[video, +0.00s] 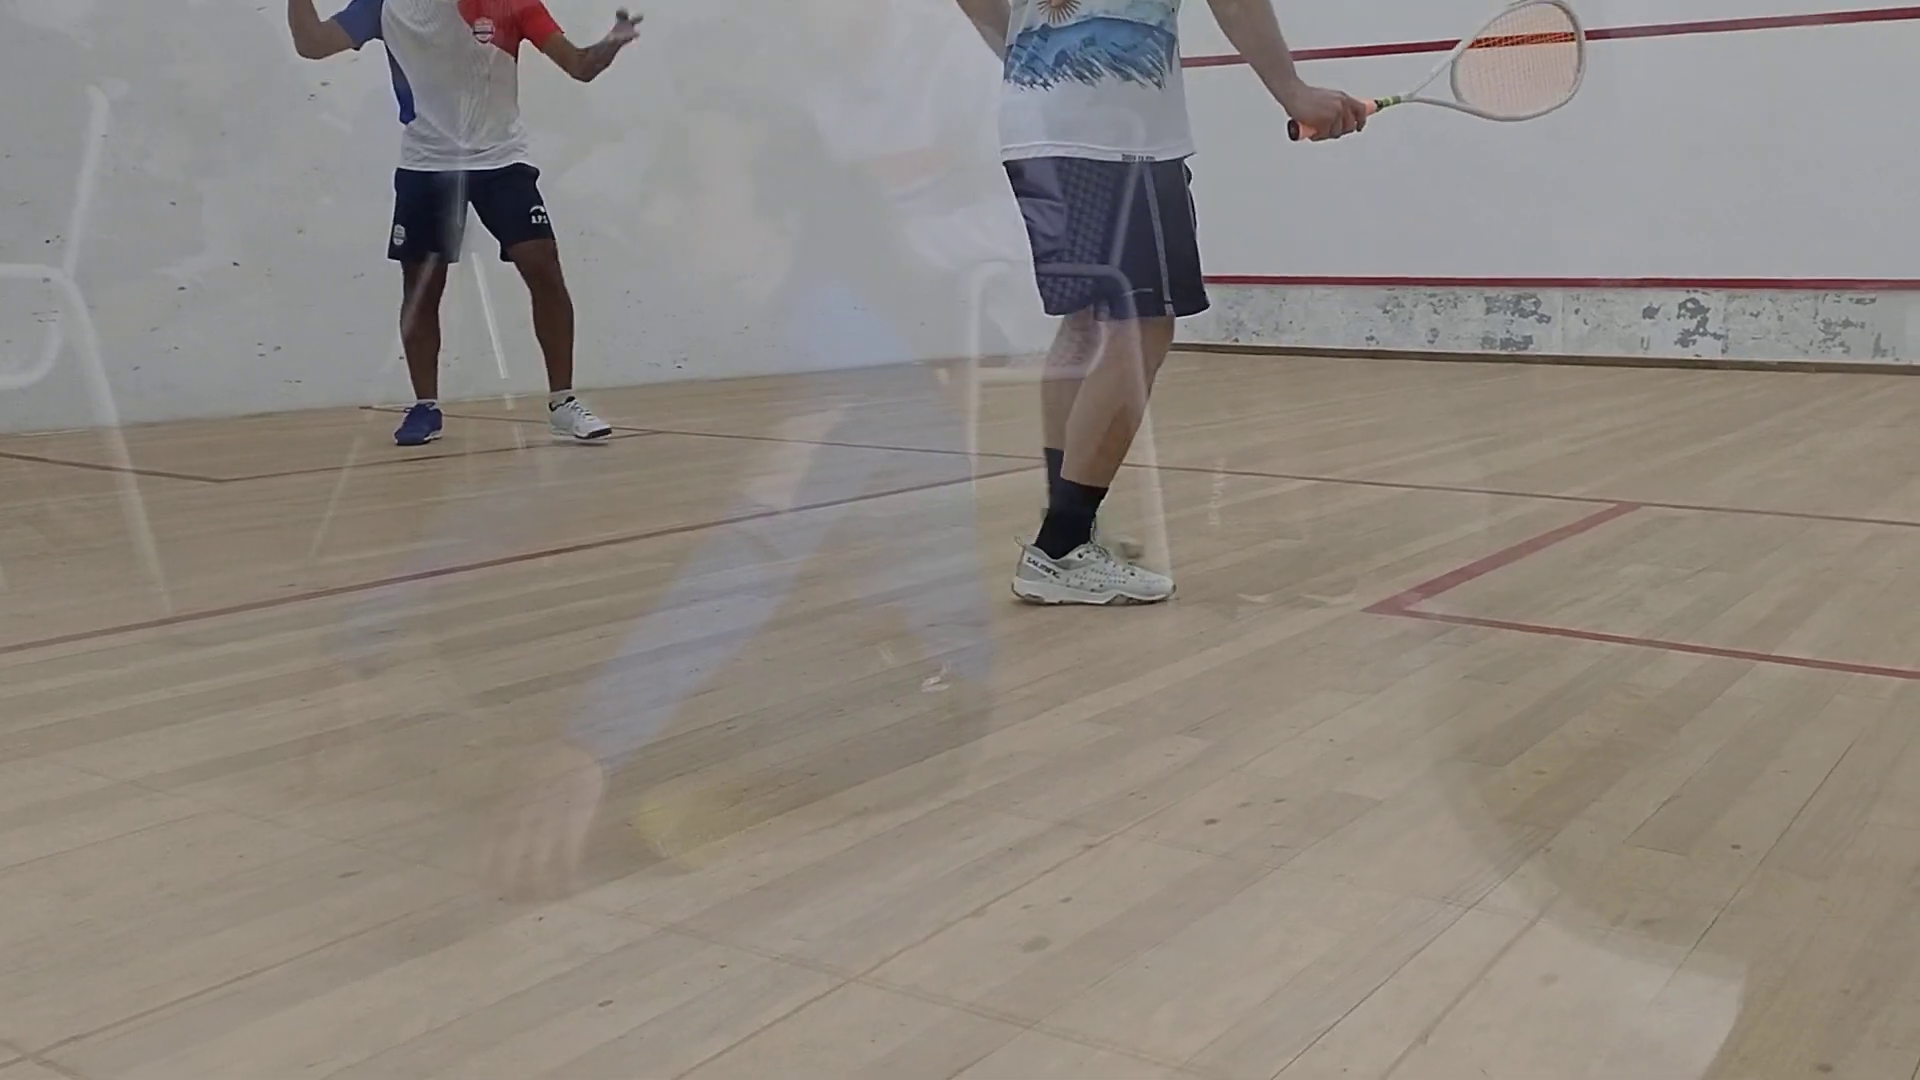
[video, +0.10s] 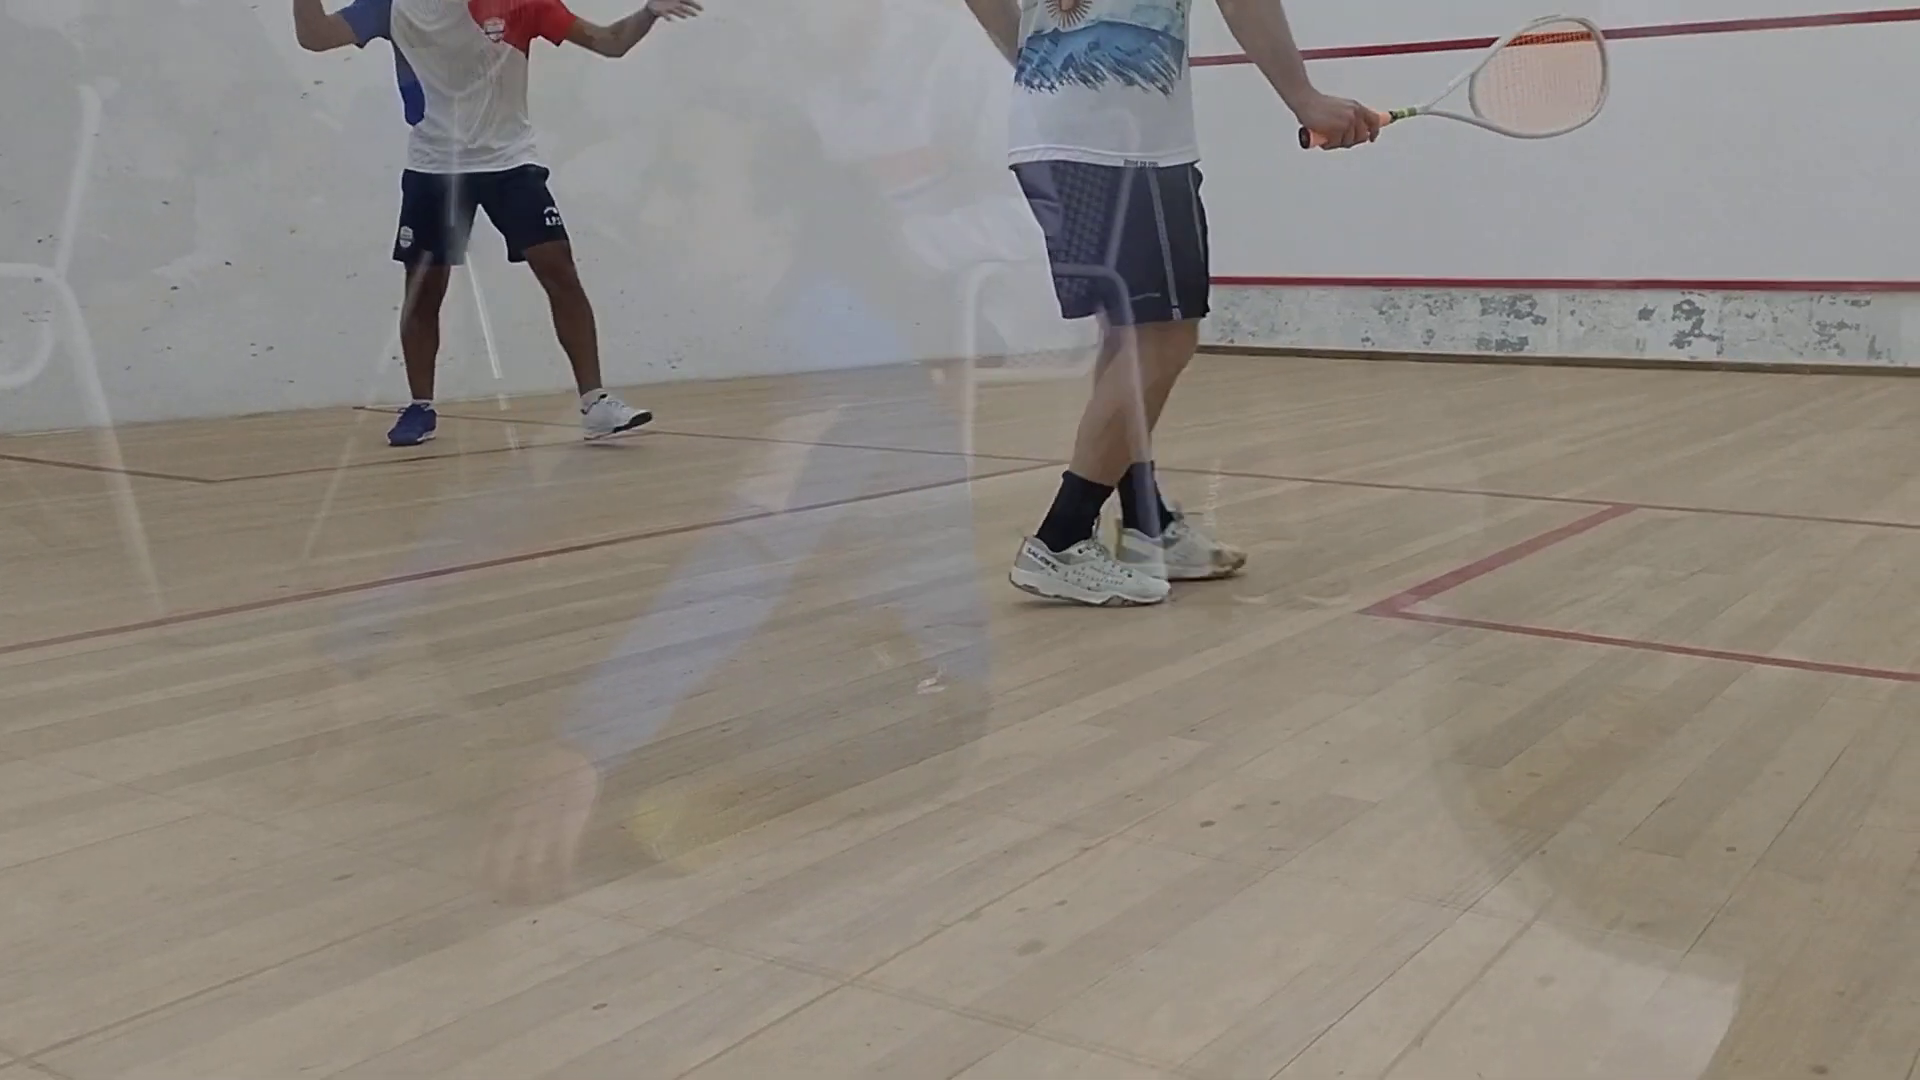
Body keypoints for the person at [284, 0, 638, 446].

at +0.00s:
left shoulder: (509, 3)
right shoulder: (388, 6)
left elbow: (579, 65)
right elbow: (311, 43)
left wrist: (611, 42)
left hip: (503, 156)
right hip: (426, 161)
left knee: (544, 270)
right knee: (423, 281)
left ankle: (564, 403)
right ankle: (425, 407)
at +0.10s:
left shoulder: (518, 2)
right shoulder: (397, 6)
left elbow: (608, 41)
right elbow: (315, 35)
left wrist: (648, 13)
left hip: (510, 156)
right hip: (435, 161)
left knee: (559, 270)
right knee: (425, 284)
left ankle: (595, 403)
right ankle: (420, 407)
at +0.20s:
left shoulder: (536, 5)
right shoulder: (410, 8)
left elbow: (628, 28)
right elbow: (325, 26)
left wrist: (700, 14)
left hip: (529, 163)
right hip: (452, 168)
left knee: (582, 278)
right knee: (428, 292)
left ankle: (622, 405)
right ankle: (417, 410)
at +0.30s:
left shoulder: (564, 10)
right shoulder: (442, 14)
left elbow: (649, 29)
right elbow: (350, 22)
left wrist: (733, 30)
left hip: (556, 174)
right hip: (477, 179)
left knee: (611, 285)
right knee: (440, 297)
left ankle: (633, 417)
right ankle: (413, 406)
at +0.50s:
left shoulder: (624, 13)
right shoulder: (543, 24)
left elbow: (653, 49)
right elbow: (522, 80)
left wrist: (705, 70)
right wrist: (463, 12)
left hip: (607, 181)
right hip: (542, 186)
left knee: (657, 286)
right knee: (516, 302)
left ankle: (627, 416)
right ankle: (430, 377)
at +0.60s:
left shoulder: (629, 7)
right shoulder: (586, 18)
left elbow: (646, 48)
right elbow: (649, 96)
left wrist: (698, 80)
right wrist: (649, 63)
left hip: (613, 171)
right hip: (556, 177)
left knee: (654, 288)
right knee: (562, 305)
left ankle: (622, 415)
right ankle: (467, 370)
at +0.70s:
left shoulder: (640, 6)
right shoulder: (613, 12)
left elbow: (642, 58)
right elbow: (680, 101)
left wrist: (692, 89)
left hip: (620, 162)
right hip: (568, 168)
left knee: (647, 286)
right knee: (605, 294)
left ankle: (617, 413)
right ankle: (512, 378)